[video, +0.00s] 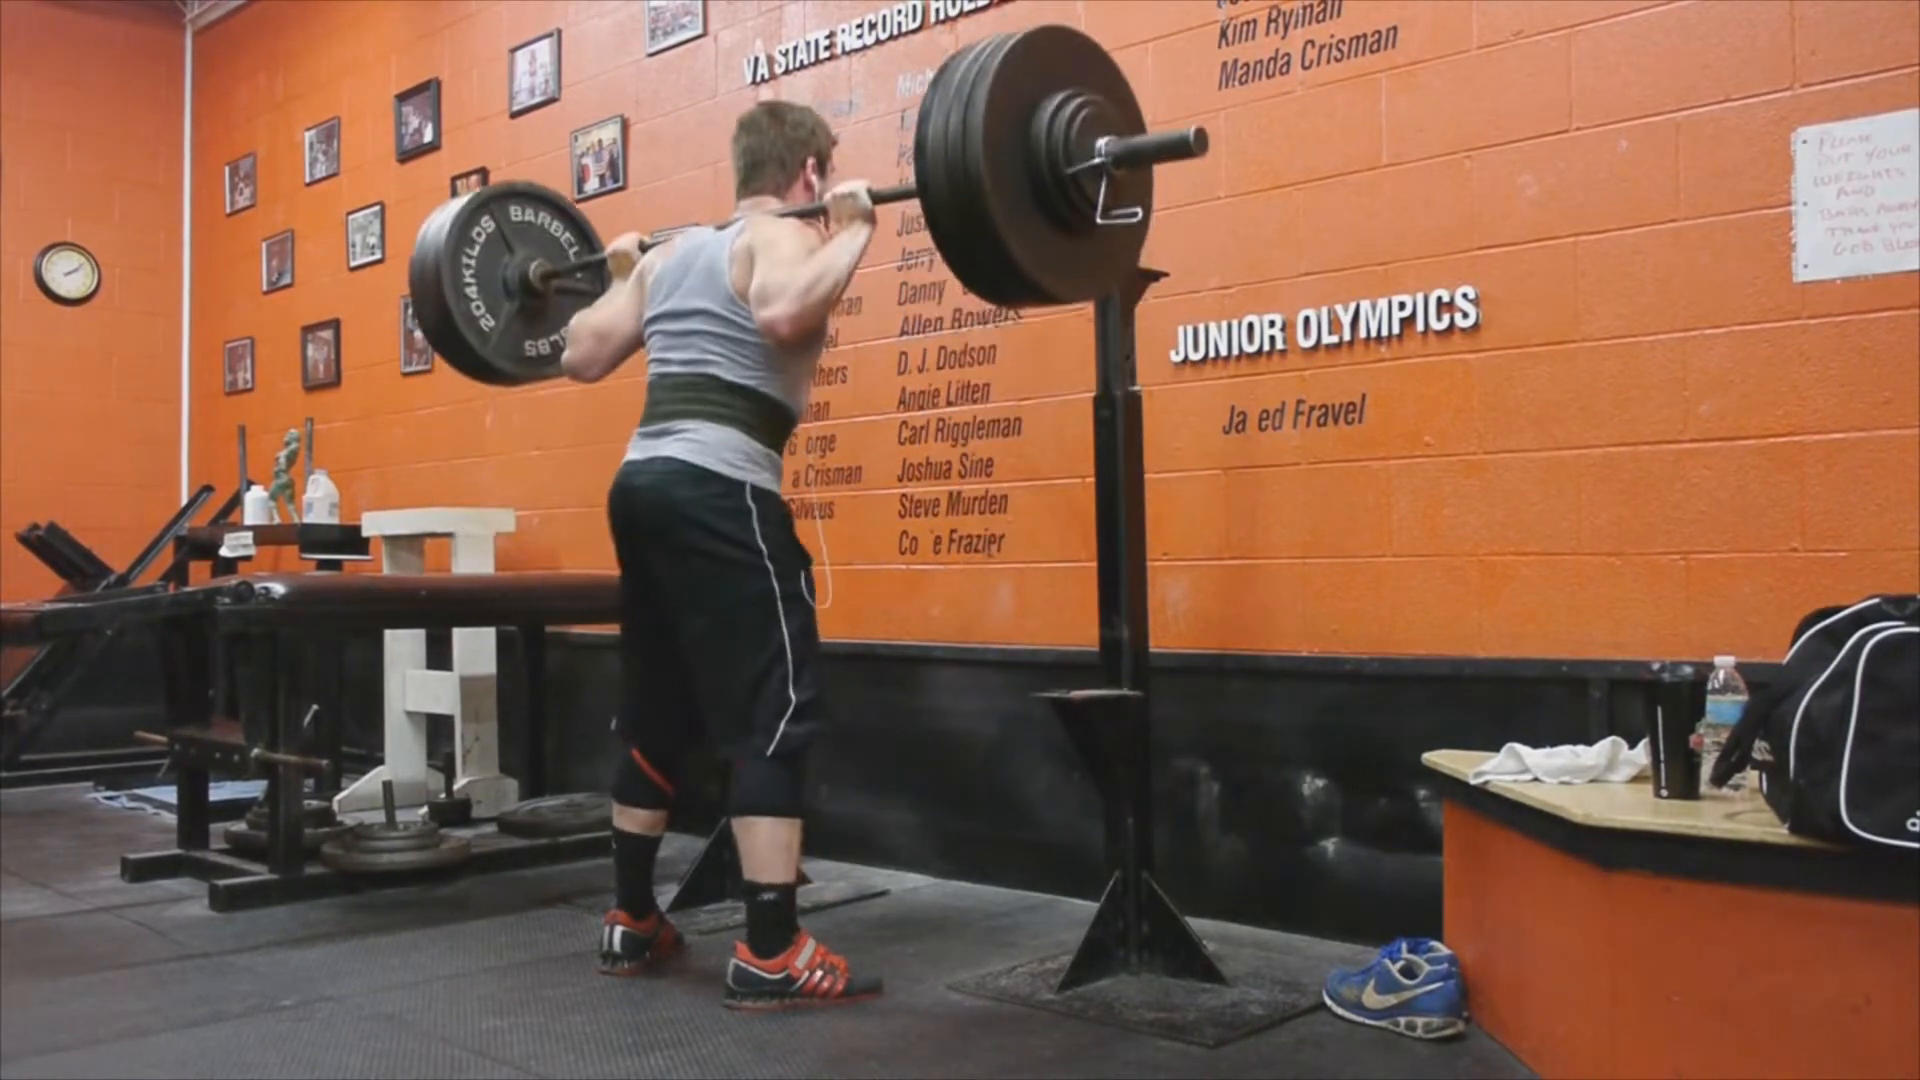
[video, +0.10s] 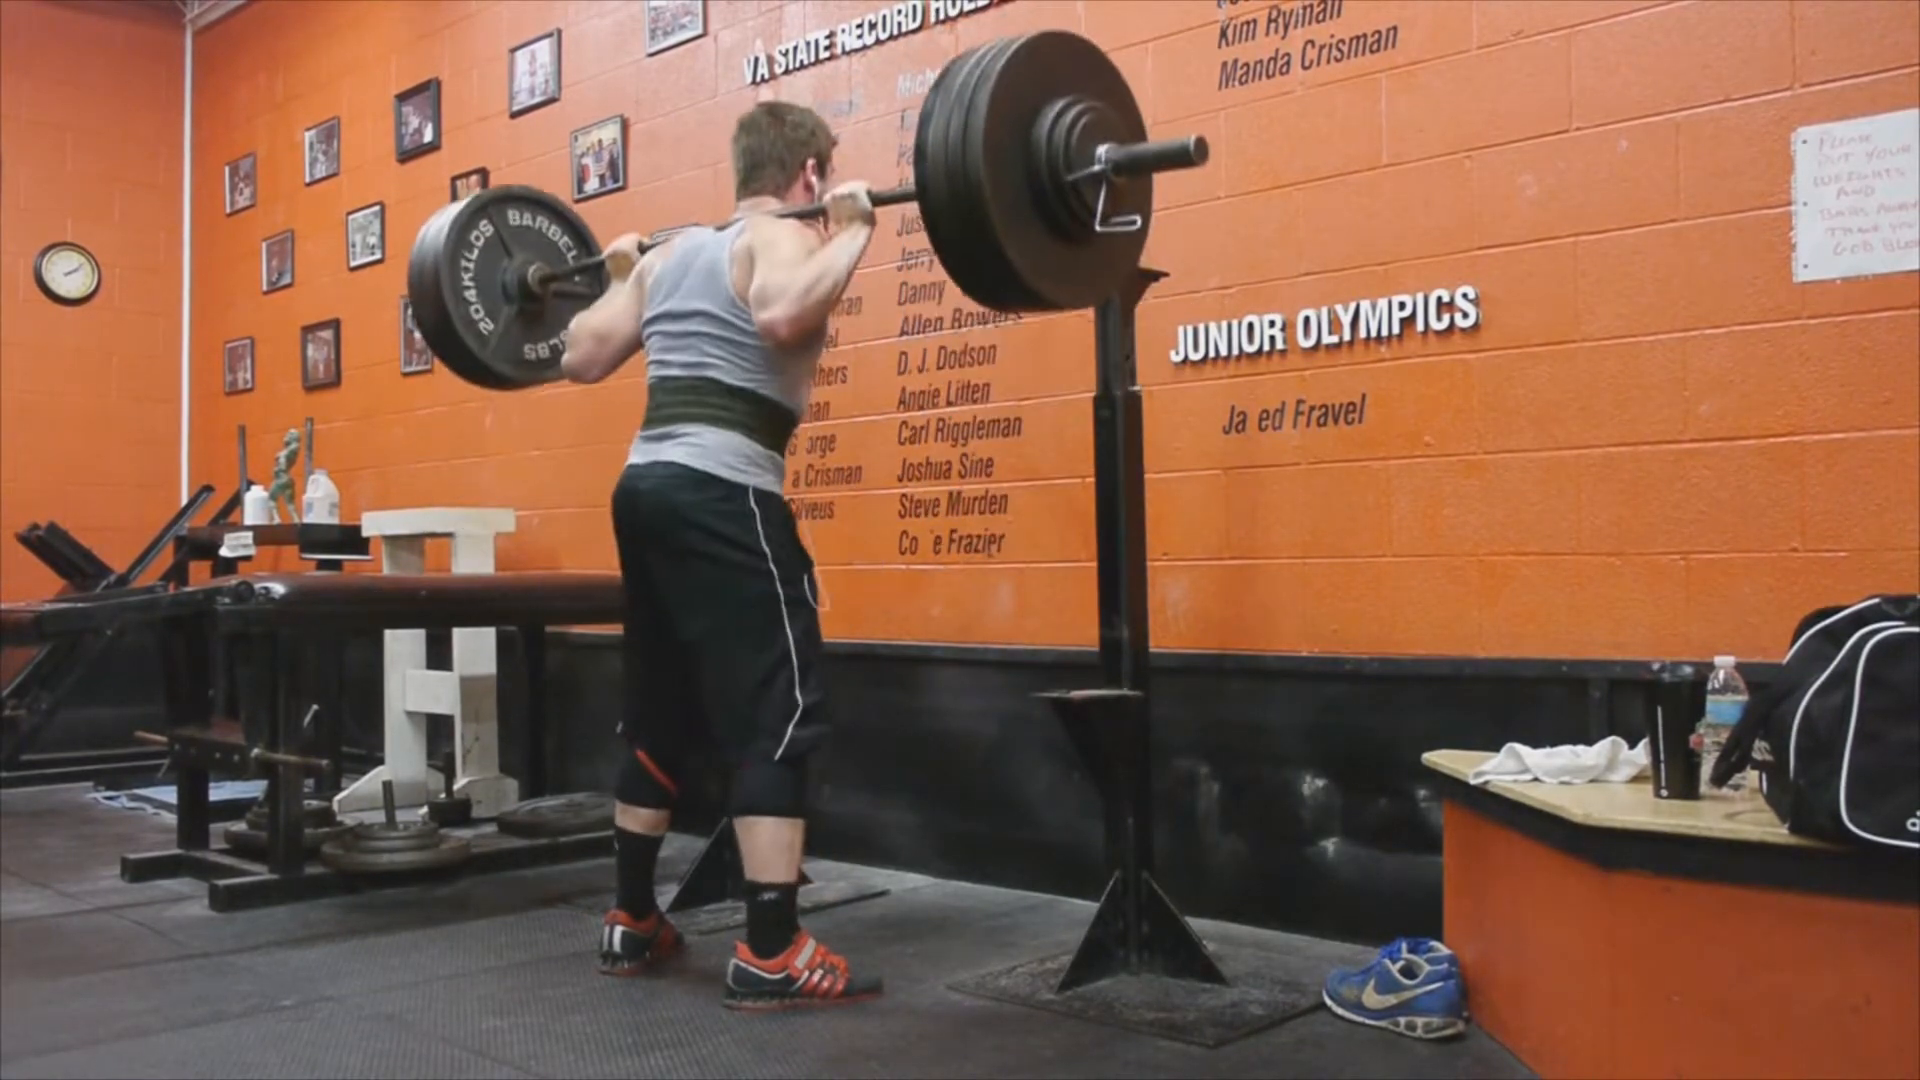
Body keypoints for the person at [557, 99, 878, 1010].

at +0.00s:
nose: (830, 188)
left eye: (828, 173)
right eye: (829, 174)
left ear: (742, 173)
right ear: (809, 170)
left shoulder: (671, 252)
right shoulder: (785, 233)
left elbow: (584, 355)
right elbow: (779, 312)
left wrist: (619, 271)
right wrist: (854, 230)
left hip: (645, 485)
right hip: (722, 489)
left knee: (658, 704)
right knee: (775, 708)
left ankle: (632, 919)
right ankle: (771, 945)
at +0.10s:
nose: (830, 189)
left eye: (828, 174)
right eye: (829, 175)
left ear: (742, 173)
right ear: (808, 171)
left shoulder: (670, 253)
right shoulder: (785, 233)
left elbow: (583, 356)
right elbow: (778, 314)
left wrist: (617, 272)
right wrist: (853, 231)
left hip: (648, 486)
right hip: (725, 490)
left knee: (662, 706)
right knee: (778, 708)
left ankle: (632, 918)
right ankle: (771, 945)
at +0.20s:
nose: (827, 202)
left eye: (825, 188)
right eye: (826, 189)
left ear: (741, 187)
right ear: (806, 185)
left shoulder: (669, 267)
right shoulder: (784, 247)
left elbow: (581, 368)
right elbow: (779, 327)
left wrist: (615, 287)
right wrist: (854, 249)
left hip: (634, 500)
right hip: (716, 505)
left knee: (661, 708)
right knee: (787, 712)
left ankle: (632, 917)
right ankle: (773, 945)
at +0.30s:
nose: (827, 230)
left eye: (825, 215)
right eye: (827, 216)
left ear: (744, 214)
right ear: (809, 212)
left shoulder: (670, 291)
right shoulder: (785, 276)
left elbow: (578, 392)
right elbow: (783, 355)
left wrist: (616, 309)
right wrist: (856, 276)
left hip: (620, 520)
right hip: (706, 524)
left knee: (656, 717)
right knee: (804, 719)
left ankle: (632, 920)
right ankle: (774, 946)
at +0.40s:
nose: (831, 259)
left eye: (829, 244)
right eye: (829, 245)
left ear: (745, 245)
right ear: (811, 243)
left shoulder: (675, 321)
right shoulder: (785, 307)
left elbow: (582, 426)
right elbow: (781, 389)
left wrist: (622, 346)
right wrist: (857, 310)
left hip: (614, 545)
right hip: (699, 550)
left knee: (666, 720)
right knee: (825, 725)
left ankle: (633, 919)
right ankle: (776, 946)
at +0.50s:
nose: (833, 294)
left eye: (830, 280)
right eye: (830, 281)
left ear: (743, 285)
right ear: (808, 283)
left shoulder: (676, 359)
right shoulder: (788, 347)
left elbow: (580, 463)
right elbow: (786, 434)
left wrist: (624, 381)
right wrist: (861, 351)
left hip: (605, 578)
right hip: (691, 585)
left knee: (662, 725)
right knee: (838, 734)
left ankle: (633, 920)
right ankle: (776, 947)